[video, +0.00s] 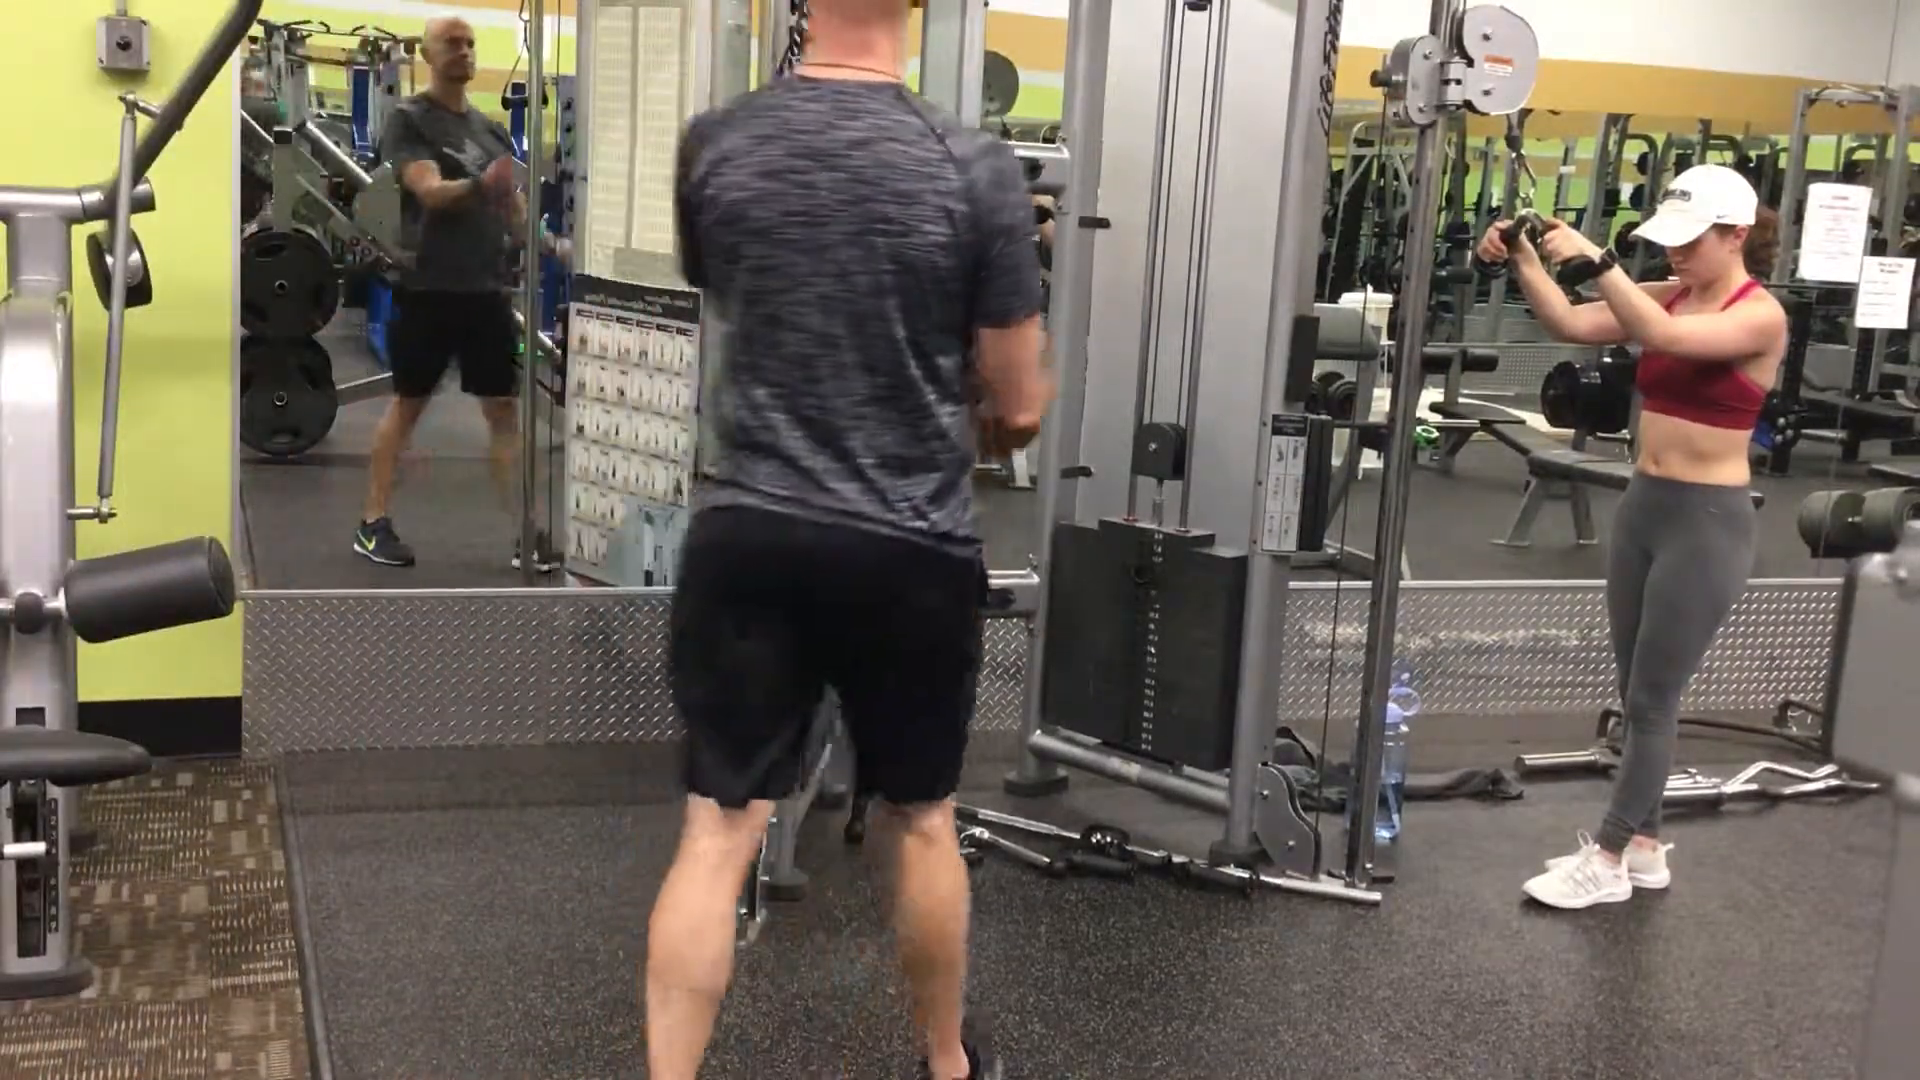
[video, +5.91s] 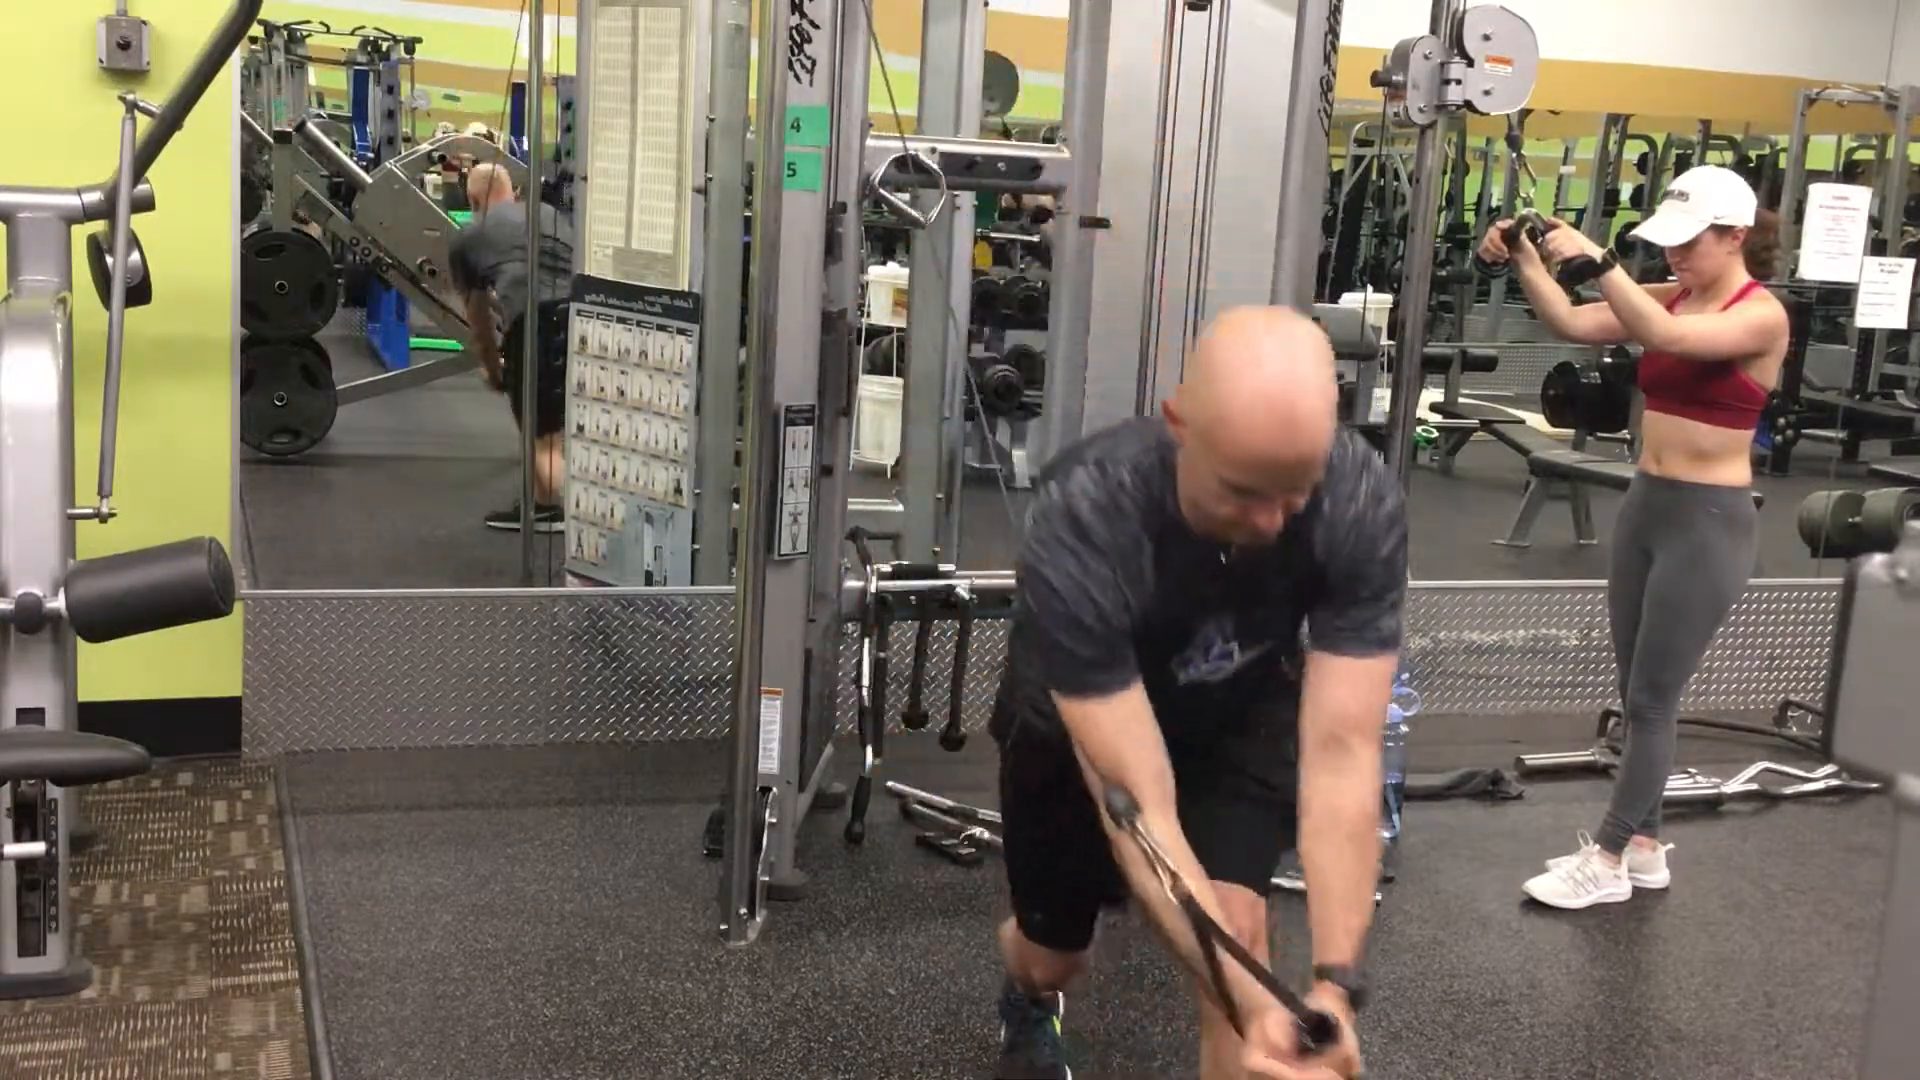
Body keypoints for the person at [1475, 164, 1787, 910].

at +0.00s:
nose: (1672, 254)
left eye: (1686, 240)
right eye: (1668, 241)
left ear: (1735, 236)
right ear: (1670, 240)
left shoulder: (1762, 315)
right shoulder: (1667, 297)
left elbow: (1664, 334)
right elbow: (1572, 322)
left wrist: (1595, 259)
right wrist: (1520, 258)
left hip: (1709, 523)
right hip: (1640, 509)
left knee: (1652, 699)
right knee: (1639, 691)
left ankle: (1606, 858)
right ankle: (1644, 844)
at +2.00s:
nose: (1685, 253)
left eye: (1700, 239)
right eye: (1681, 239)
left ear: (1749, 236)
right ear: (1681, 238)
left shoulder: (1772, 317)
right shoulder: (1679, 301)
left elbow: (1673, 328)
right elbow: (1584, 316)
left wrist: (1603, 254)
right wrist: (1529, 257)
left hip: (1709, 523)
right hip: (1642, 508)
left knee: (1653, 698)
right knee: (1639, 692)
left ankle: (1605, 858)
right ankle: (1645, 846)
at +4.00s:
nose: (1683, 253)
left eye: (1698, 239)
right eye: (1678, 240)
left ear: (1747, 237)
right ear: (1679, 239)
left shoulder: (1769, 318)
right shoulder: (1675, 300)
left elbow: (1670, 331)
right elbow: (1579, 318)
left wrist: (1602, 258)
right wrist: (1526, 257)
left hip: (1709, 524)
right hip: (1642, 509)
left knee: (1651, 699)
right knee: (1639, 693)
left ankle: (1606, 859)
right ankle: (1646, 846)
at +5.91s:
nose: (1672, 255)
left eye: (1686, 241)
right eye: (1669, 243)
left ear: (1735, 237)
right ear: (1672, 242)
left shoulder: (1764, 314)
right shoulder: (1669, 300)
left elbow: (1665, 335)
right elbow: (1572, 321)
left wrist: (1595, 260)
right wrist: (1522, 260)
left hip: (1709, 523)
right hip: (1643, 507)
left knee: (1651, 699)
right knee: (1638, 691)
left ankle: (1607, 858)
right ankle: (1646, 845)